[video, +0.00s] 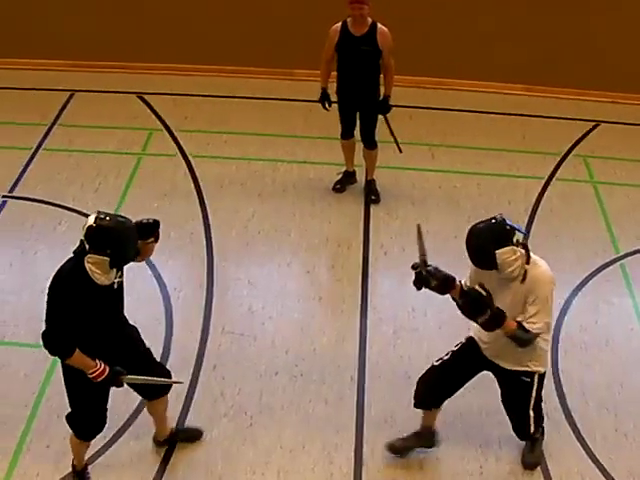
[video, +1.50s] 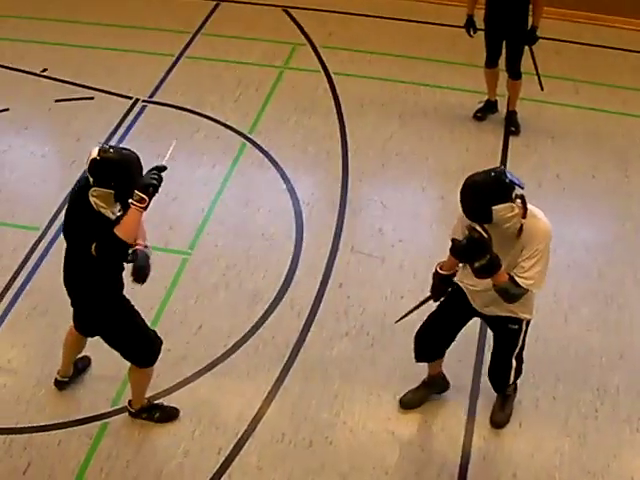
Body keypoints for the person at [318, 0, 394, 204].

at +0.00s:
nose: (359, 11)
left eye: (362, 7)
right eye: (355, 7)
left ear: (368, 8)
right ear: (349, 9)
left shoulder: (381, 33)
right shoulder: (337, 31)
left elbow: (388, 65)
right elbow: (327, 60)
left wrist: (387, 95)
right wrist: (324, 88)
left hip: (370, 94)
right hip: (345, 93)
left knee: (368, 139)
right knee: (346, 135)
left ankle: (370, 180)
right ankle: (349, 172)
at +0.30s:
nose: (388, 2)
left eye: (390, 0)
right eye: (385, 0)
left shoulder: (409, 17)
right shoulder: (365, 15)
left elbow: (416, 51)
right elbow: (355, 45)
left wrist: (414, 82)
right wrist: (350, 74)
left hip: (397, 80)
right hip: (373, 78)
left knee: (396, 125)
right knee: (373, 120)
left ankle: (397, 166)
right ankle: (376, 157)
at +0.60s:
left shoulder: (424, 2)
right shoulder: (380, 1)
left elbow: (430, 25)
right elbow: (369, 18)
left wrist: (428, 58)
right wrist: (361, 49)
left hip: (411, 54)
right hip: (387, 52)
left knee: (409, 100)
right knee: (386, 95)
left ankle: (409, 143)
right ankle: (388, 133)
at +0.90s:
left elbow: (462, 1)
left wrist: (459, 24)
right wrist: (396, 14)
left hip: (442, 20)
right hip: (418, 19)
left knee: (441, 67)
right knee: (417, 60)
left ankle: (439, 109)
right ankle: (419, 99)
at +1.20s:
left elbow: (491, 0)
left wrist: (488, 21)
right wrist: (424, 11)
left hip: (471, 17)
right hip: (447, 16)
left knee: (469, 64)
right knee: (446, 57)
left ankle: (467, 106)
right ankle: (447, 96)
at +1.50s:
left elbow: (537, 2)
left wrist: (534, 27)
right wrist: (470, 15)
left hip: (518, 23)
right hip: (493, 21)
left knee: (514, 70)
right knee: (491, 62)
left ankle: (512, 112)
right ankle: (491, 102)